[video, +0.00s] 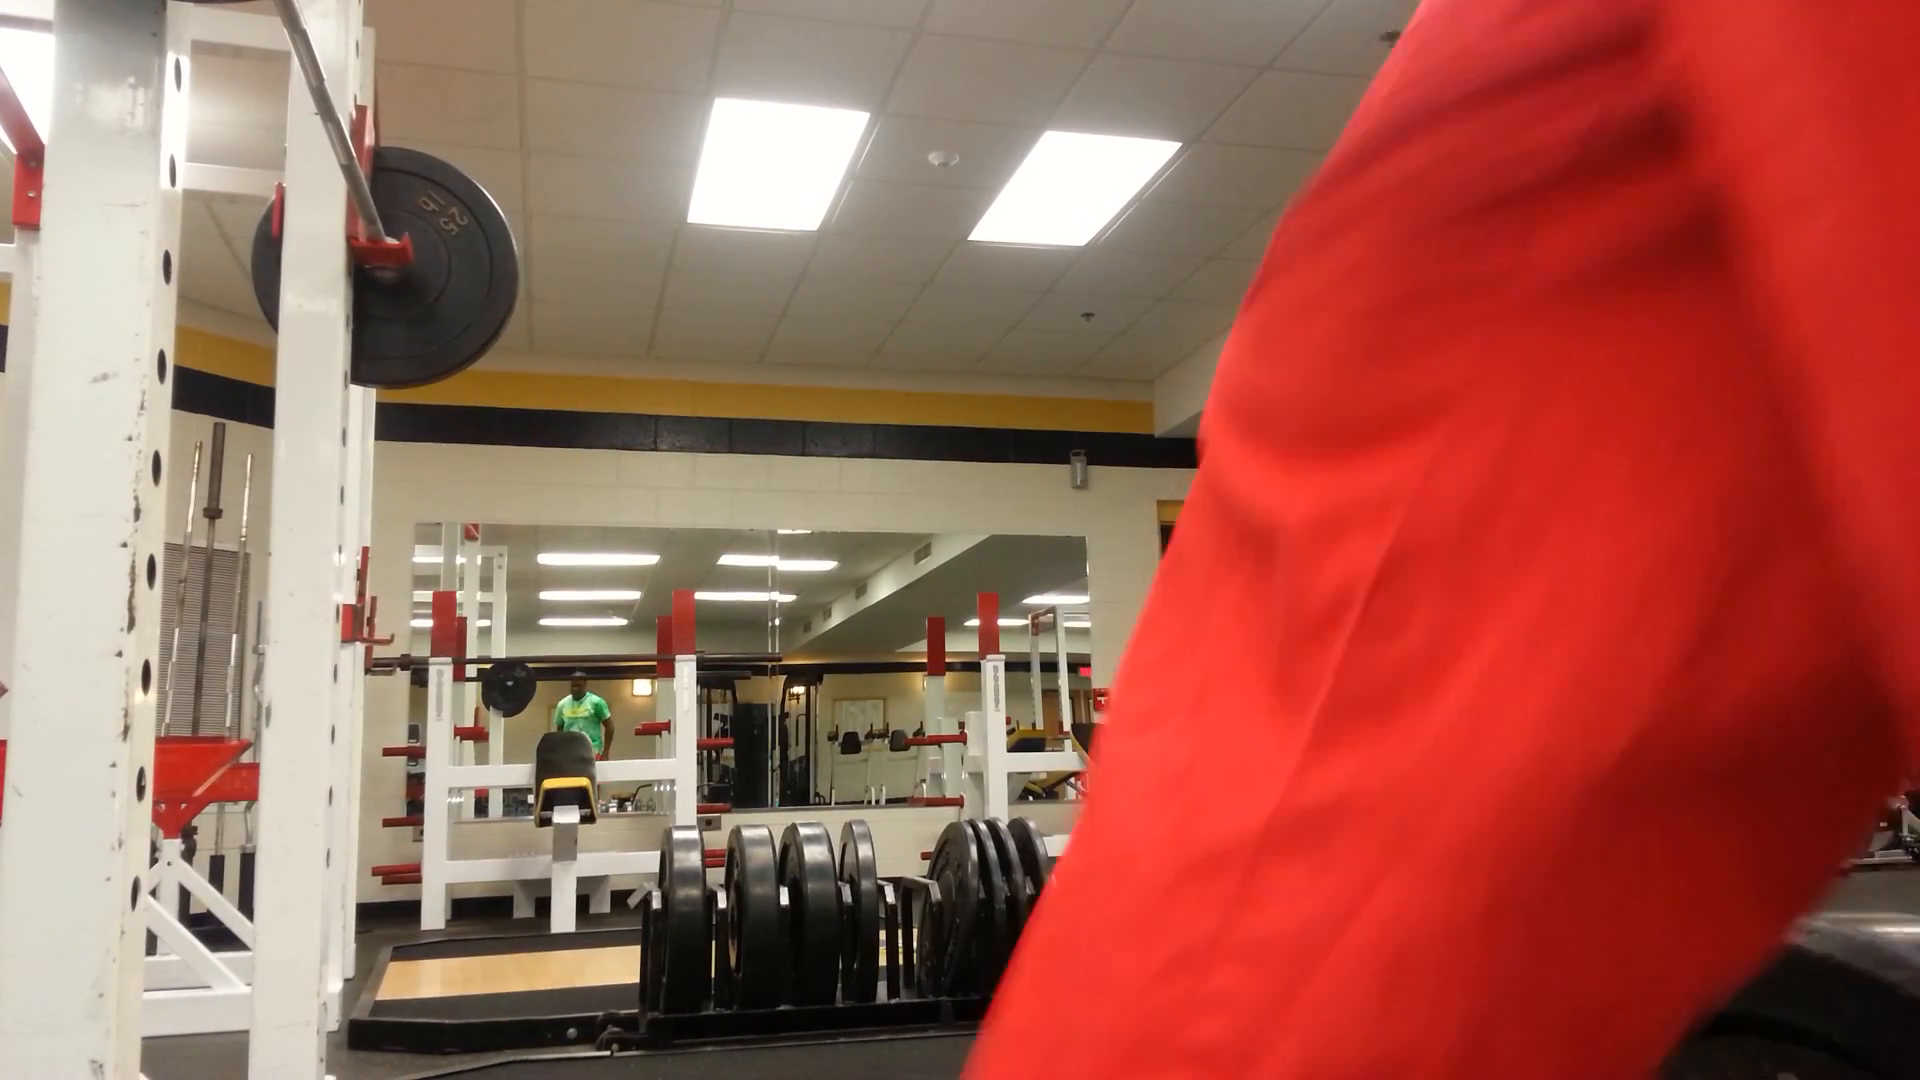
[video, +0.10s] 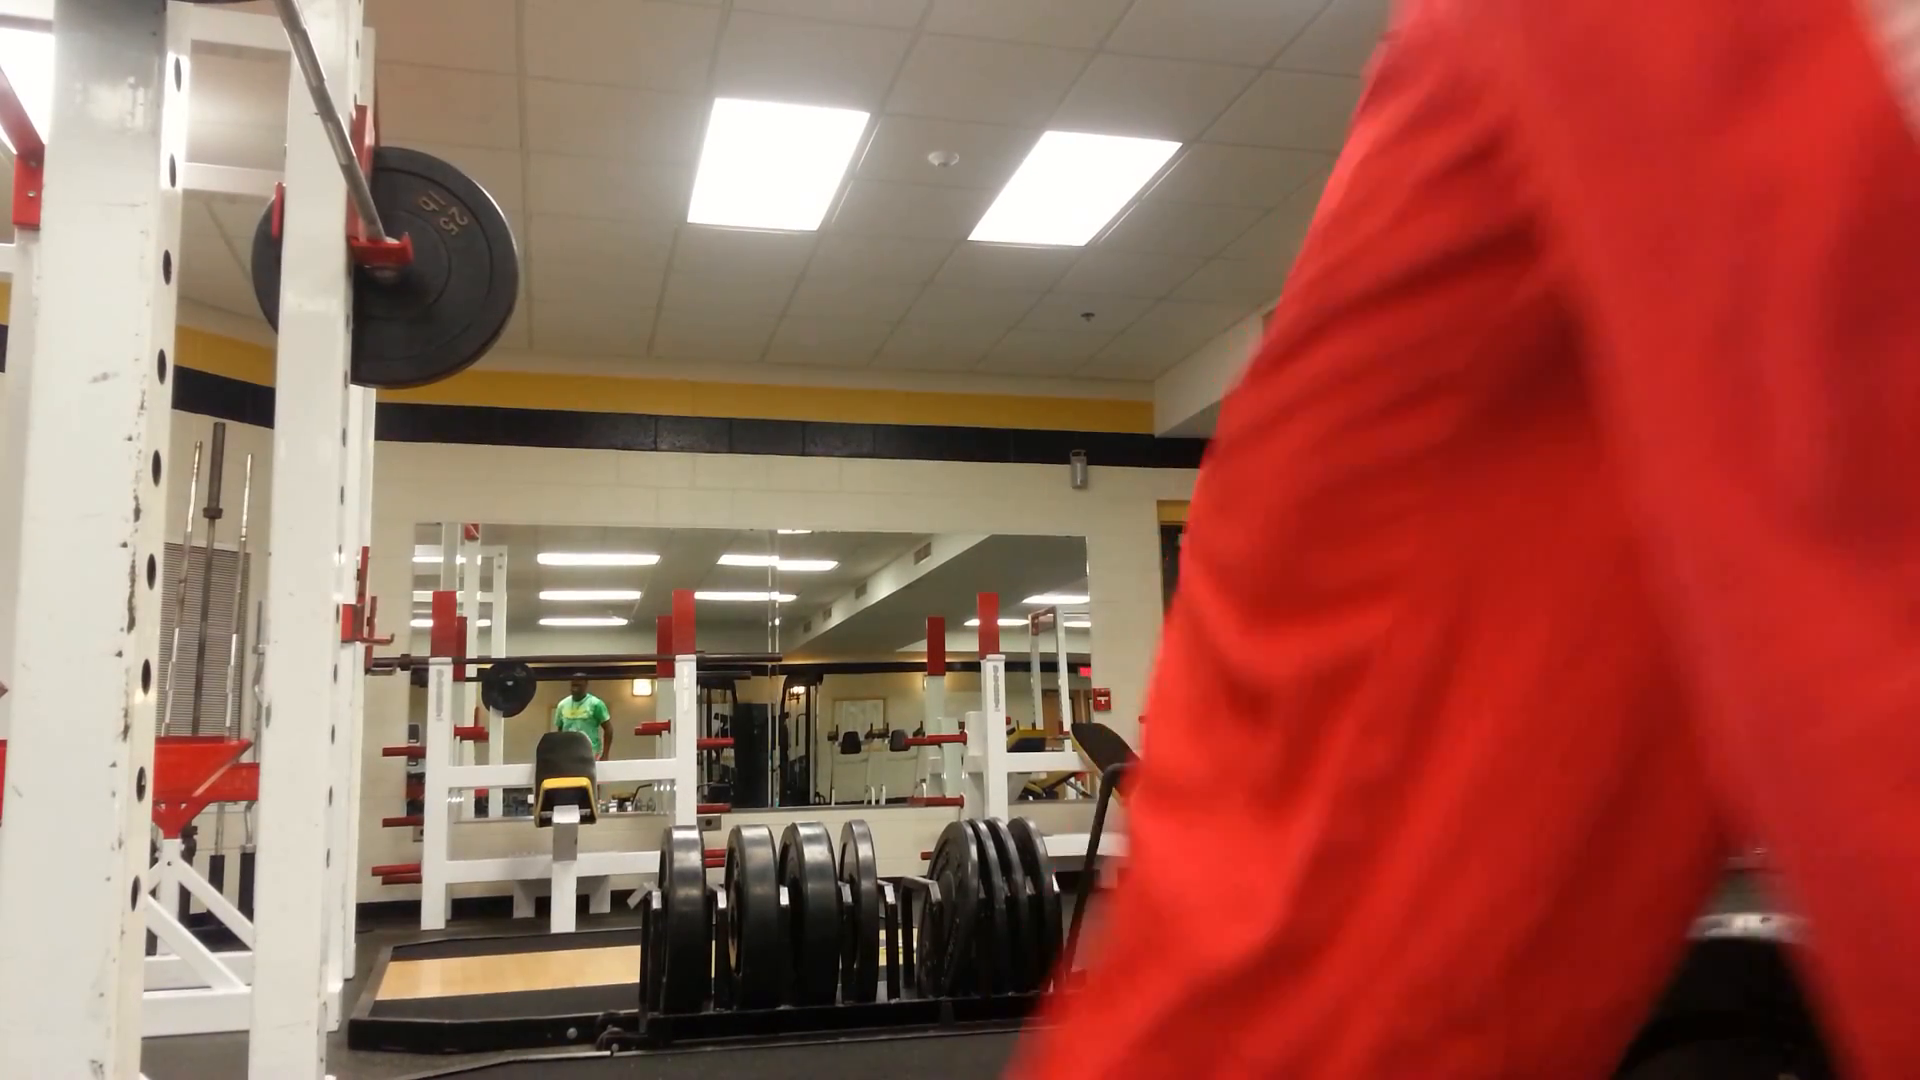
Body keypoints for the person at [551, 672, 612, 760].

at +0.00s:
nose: (574, 689)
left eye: (578, 685)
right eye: (572, 685)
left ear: (585, 685)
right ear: (570, 686)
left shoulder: (597, 702)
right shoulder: (562, 704)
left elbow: (609, 727)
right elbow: (559, 731)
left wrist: (605, 754)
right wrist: (560, 752)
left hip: (592, 753)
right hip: (570, 753)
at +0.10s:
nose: (574, 689)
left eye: (578, 686)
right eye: (573, 685)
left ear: (586, 686)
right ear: (570, 686)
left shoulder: (596, 704)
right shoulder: (562, 705)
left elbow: (608, 729)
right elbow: (560, 731)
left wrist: (605, 756)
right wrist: (559, 753)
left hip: (590, 753)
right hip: (568, 753)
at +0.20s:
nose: (576, 689)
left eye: (580, 685)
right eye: (574, 685)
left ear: (587, 686)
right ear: (571, 686)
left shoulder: (596, 705)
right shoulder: (562, 704)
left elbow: (608, 731)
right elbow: (560, 731)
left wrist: (603, 757)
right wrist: (558, 753)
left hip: (588, 753)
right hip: (566, 753)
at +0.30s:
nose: (577, 689)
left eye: (581, 685)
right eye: (575, 685)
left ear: (587, 686)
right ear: (572, 686)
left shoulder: (596, 707)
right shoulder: (561, 705)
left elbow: (607, 733)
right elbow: (557, 732)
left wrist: (602, 759)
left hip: (588, 755)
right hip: (565, 754)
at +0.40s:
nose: (575, 687)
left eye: (579, 684)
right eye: (574, 684)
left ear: (587, 685)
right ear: (571, 685)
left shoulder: (597, 706)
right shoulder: (561, 705)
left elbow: (607, 732)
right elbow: (557, 732)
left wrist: (602, 758)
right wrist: (557, 754)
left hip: (589, 754)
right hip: (567, 754)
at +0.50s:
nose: (576, 686)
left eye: (579, 682)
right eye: (573, 682)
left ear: (585, 683)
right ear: (570, 683)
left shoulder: (597, 702)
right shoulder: (560, 703)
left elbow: (609, 729)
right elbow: (557, 731)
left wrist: (602, 755)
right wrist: (556, 753)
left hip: (590, 752)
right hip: (567, 752)